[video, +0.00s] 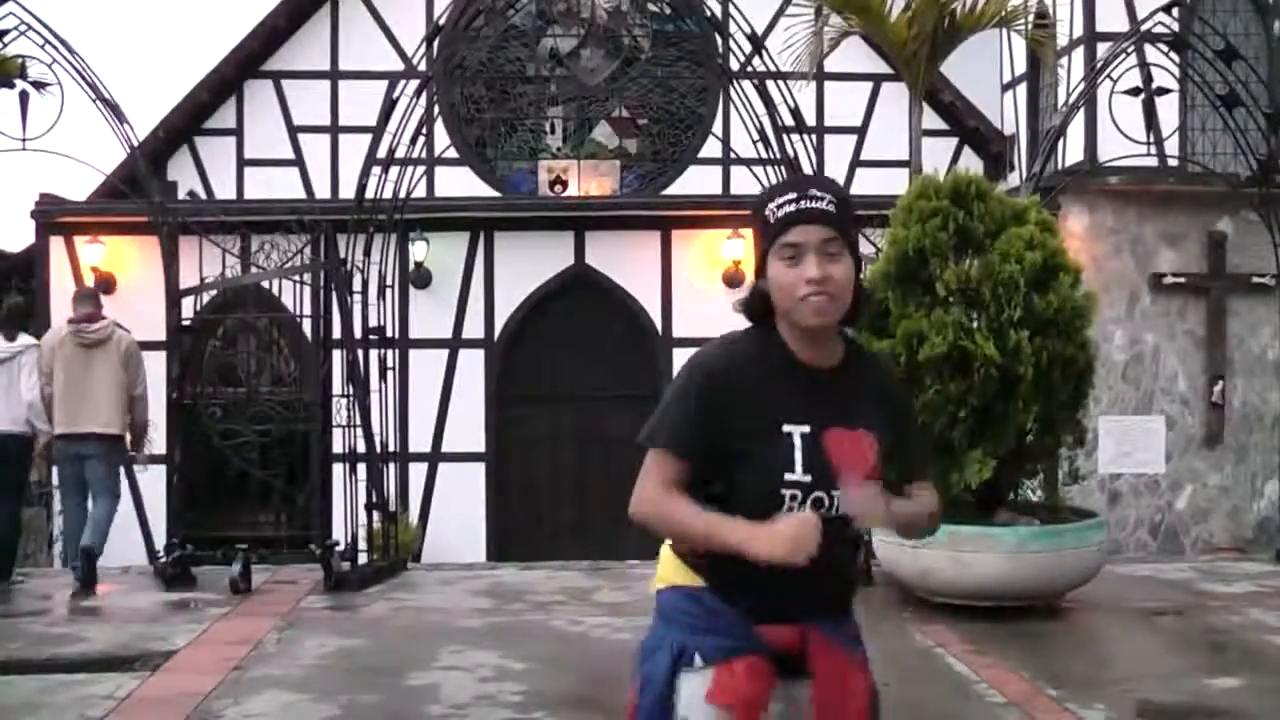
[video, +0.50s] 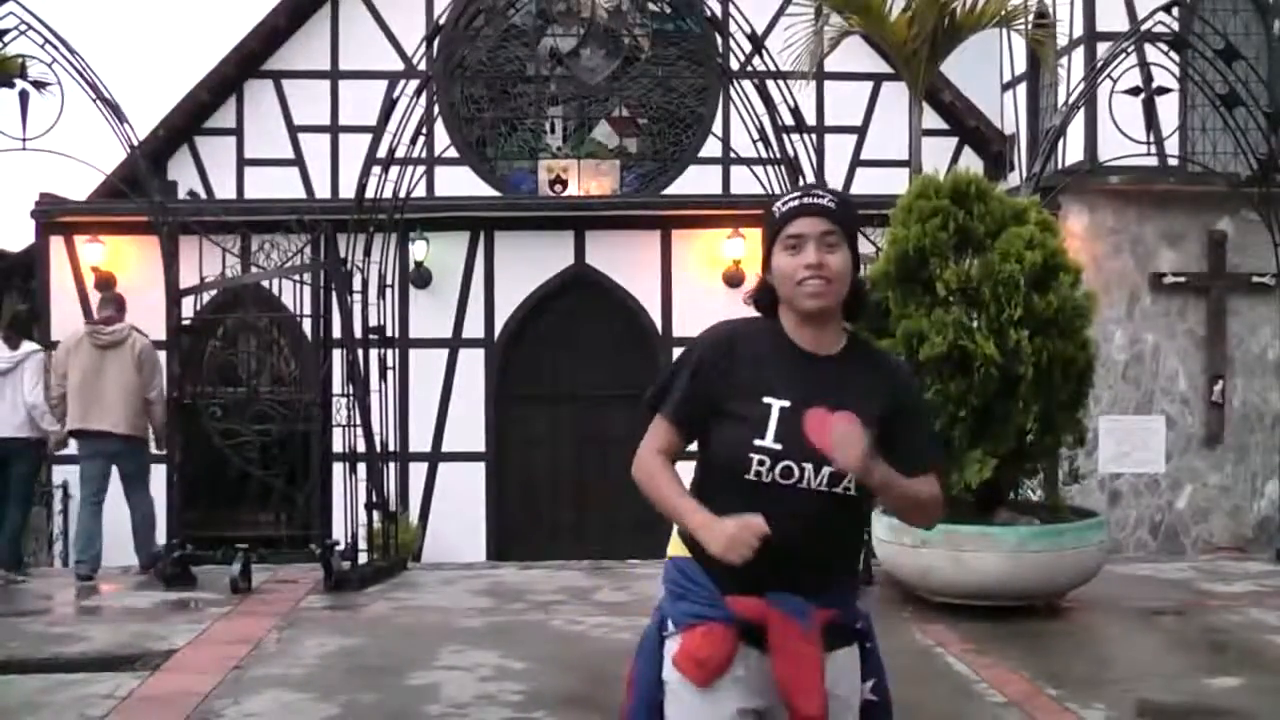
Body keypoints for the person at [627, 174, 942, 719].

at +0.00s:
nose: (815, 272)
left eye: (832, 253)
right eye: (793, 257)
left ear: (855, 267)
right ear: (764, 275)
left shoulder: (874, 380)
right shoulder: (718, 372)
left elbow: (926, 507)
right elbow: (648, 500)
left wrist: (888, 510)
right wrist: (754, 536)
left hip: (822, 607)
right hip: (713, 602)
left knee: (851, 702)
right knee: (727, 693)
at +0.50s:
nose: (814, 261)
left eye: (830, 245)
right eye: (794, 247)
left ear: (853, 264)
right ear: (769, 269)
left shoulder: (886, 379)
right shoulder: (723, 350)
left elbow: (929, 508)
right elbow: (648, 459)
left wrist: (873, 470)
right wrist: (708, 527)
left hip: (826, 610)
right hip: (711, 605)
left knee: (856, 707)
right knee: (694, 707)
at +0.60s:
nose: (796, 263)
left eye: (814, 247)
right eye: (778, 248)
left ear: (838, 267)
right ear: (753, 268)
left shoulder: (874, 377)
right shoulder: (708, 350)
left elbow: (928, 493)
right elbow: (638, 459)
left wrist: (846, 530)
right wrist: (702, 464)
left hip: (813, 608)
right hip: (700, 604)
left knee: (830, 708)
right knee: (682, 707)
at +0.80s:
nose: (760, 259)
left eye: (777, 244)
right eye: (742, 245)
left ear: (801, 260)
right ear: (719, 263)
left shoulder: (836, 363)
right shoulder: (681, 346)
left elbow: (910, 475)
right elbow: (613, 461)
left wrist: (832, 475)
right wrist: (693, 445)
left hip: (793, 602)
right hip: (676, 600)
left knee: (827, 707)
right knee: (632, 709)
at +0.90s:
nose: (725, 262)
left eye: (742, 247)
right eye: (707, 248)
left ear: (764, 266)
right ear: (682, 271)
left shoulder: (803, 363)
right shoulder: (640, 357)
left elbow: (868, 475)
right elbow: (585, 470)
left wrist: (795, 435)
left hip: (768, 608)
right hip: (653, 608)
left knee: (794, 708)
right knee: (632, 708)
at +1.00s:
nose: (697, 265)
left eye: (713, 249)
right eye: (679, 252)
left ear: (737, 266)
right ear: (656, 271)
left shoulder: (781, 362)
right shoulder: (620, 359)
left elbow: (833, 479)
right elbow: (562, 471)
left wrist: (758, 452)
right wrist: (608, 523)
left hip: (750, 615)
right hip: (635, 614)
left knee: (775, 708)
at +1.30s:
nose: (634, 265)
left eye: (650, 248)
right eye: (617, 251)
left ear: (677, 262)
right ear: (598, 268)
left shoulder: (731, 353)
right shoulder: (575, 361)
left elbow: (790, 459)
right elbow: (533, 476)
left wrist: (688, 452)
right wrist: (569, 467)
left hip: (714, 595)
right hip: (606, 598)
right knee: (592, 709)